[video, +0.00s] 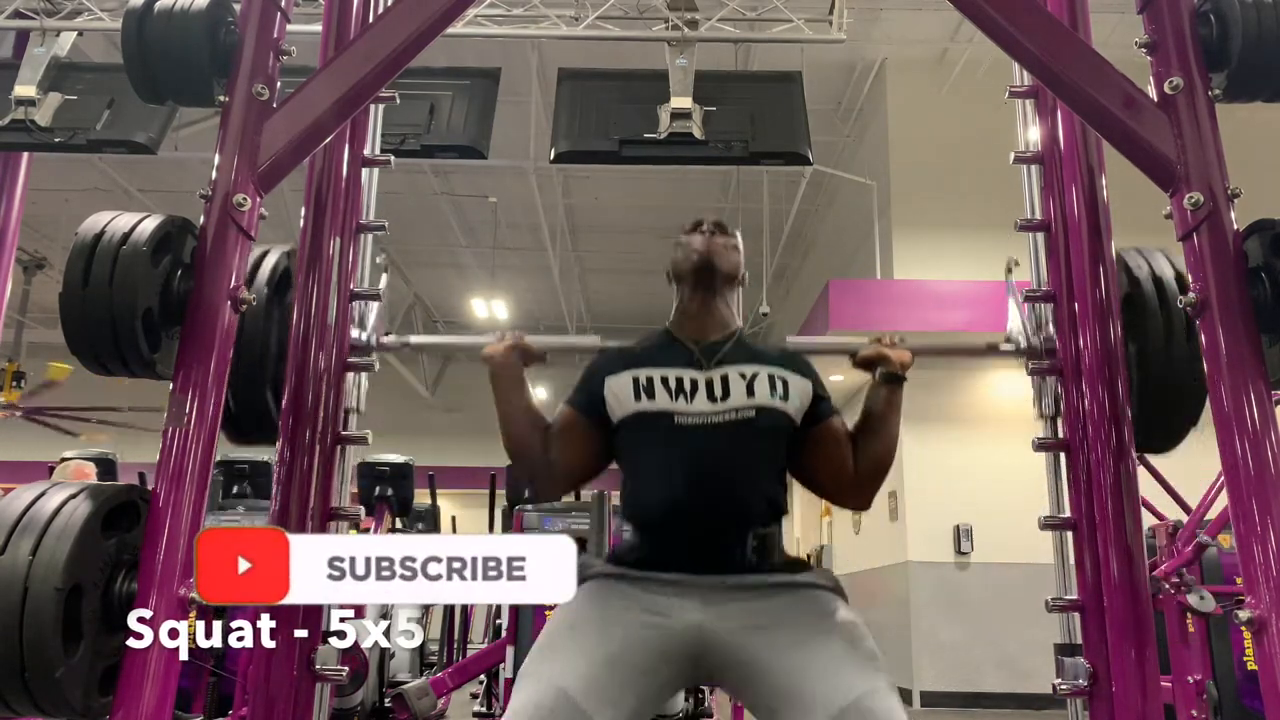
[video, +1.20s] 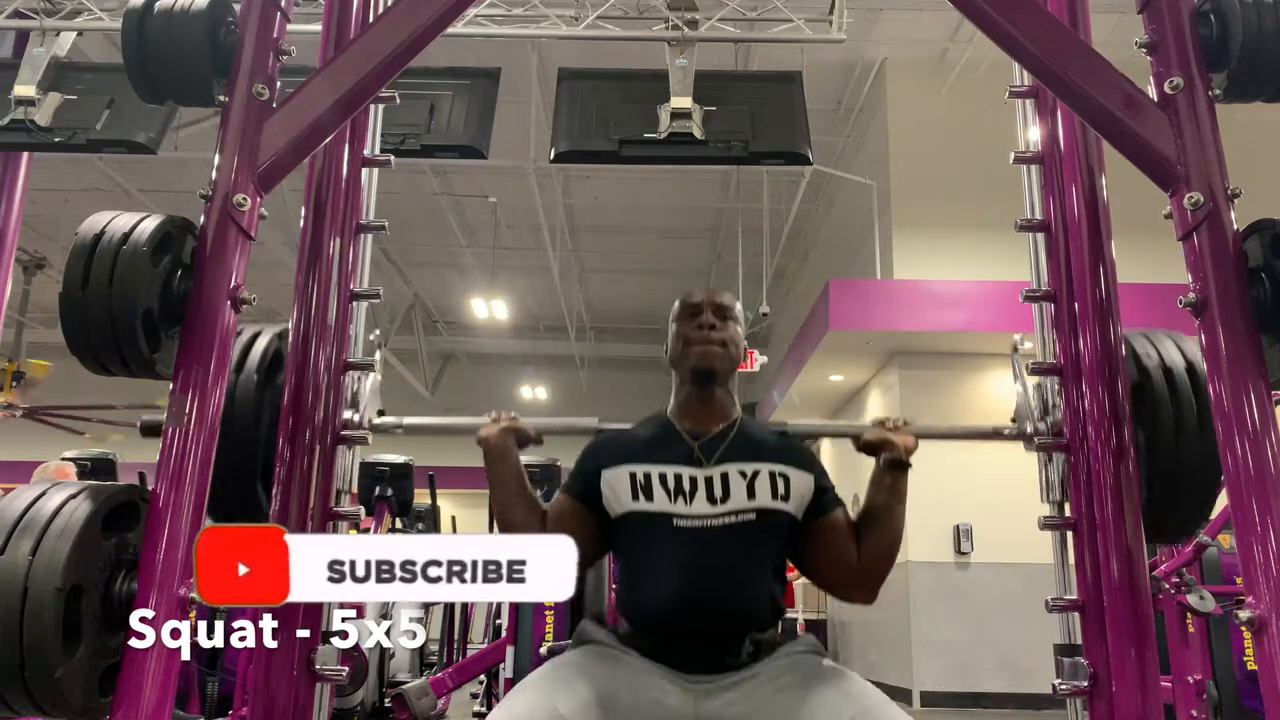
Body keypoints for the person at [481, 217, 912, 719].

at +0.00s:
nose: (704, 230)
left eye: (721, 232)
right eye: (692, 231)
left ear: (742, 273)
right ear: (671, 271)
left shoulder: (787, 373)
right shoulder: (617, 370)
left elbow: (855, 487)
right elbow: (543, 477)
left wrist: (889, 383)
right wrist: (504, 368)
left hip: (773, 600)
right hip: (631, 597)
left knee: (871, 711)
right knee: (536, 711)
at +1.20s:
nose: (707, 323)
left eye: (722, 318)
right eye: (691, 317)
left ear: (744, 353)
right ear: (668, 351)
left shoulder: (789, 457)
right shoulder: (612, 454)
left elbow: (857, 581)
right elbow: (544, 562)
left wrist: (893, 470)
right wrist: (500, 457)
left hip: (766, 671)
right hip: (631, 666)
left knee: (882, 717)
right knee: (519, 715)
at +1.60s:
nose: (704, 405)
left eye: (720, 398)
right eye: (687, 397)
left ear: (743, 430)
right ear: (664, 429)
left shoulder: (794, 543)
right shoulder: (608, 536)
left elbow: (858, 667)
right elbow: (546, 657)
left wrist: (897, 550)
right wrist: (503, 551)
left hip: (754, 713)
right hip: (643, 713)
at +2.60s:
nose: (702, 328)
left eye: (719, 323)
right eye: (686, 325)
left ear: (740, 357)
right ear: (665, 359)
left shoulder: (789, 463)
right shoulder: (611, 459)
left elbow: (857, 583)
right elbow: (544, 565)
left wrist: (893, 471)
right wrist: (500, 459)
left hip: (769, 671)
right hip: (635, 668)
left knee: (888, 716)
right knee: (519, 715)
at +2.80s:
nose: (707, 270)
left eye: (723, 267)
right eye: (691, 265)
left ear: (743, 310)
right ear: (668, 303)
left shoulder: (785, 405)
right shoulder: (616, 404)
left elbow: (856, 524)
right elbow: (548, 509)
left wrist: (889, 418)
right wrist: (502, 403)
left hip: (770, 624)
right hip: (635, 623)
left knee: (883, 715)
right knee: (527, 714)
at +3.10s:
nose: (706, 186)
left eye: (724, 183)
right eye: (692, 181)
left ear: (744, 218)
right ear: (671, 217)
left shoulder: (791, 319)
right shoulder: (618, 314)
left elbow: (857, 432)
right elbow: (547, 418)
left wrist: (887, 330)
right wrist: (507, 314)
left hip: (774, 547)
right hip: (638, 540)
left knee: (827, 708)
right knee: (588, 705)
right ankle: (675, 707)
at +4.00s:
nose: (707, 252)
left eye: (722, 246)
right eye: (691, 243)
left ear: (741, 279)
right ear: (667, 274)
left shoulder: (787, 383)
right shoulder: (615, 382)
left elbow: (856, 501)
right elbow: (549, 488)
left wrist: (889, 397)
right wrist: (504, 386)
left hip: (767, 615)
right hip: (632, 611)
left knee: (871, 713)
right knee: (532, 712)